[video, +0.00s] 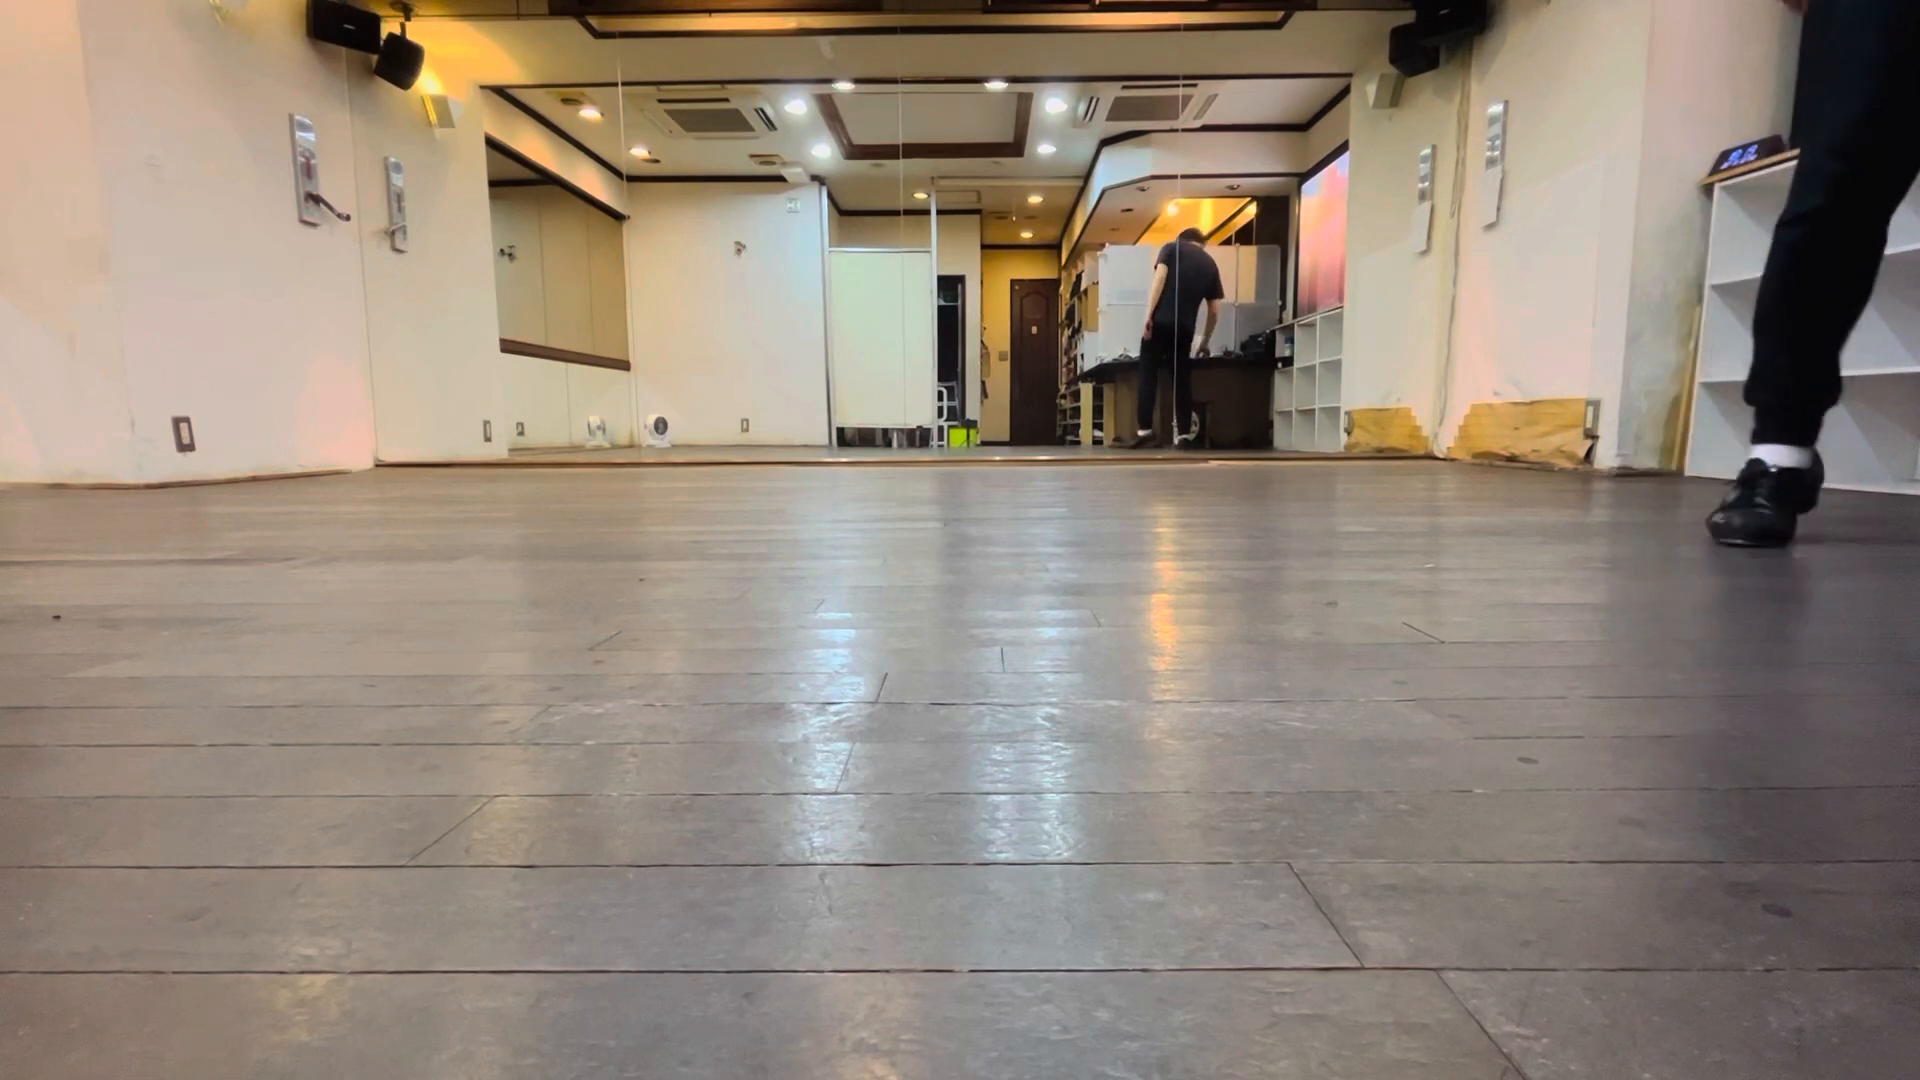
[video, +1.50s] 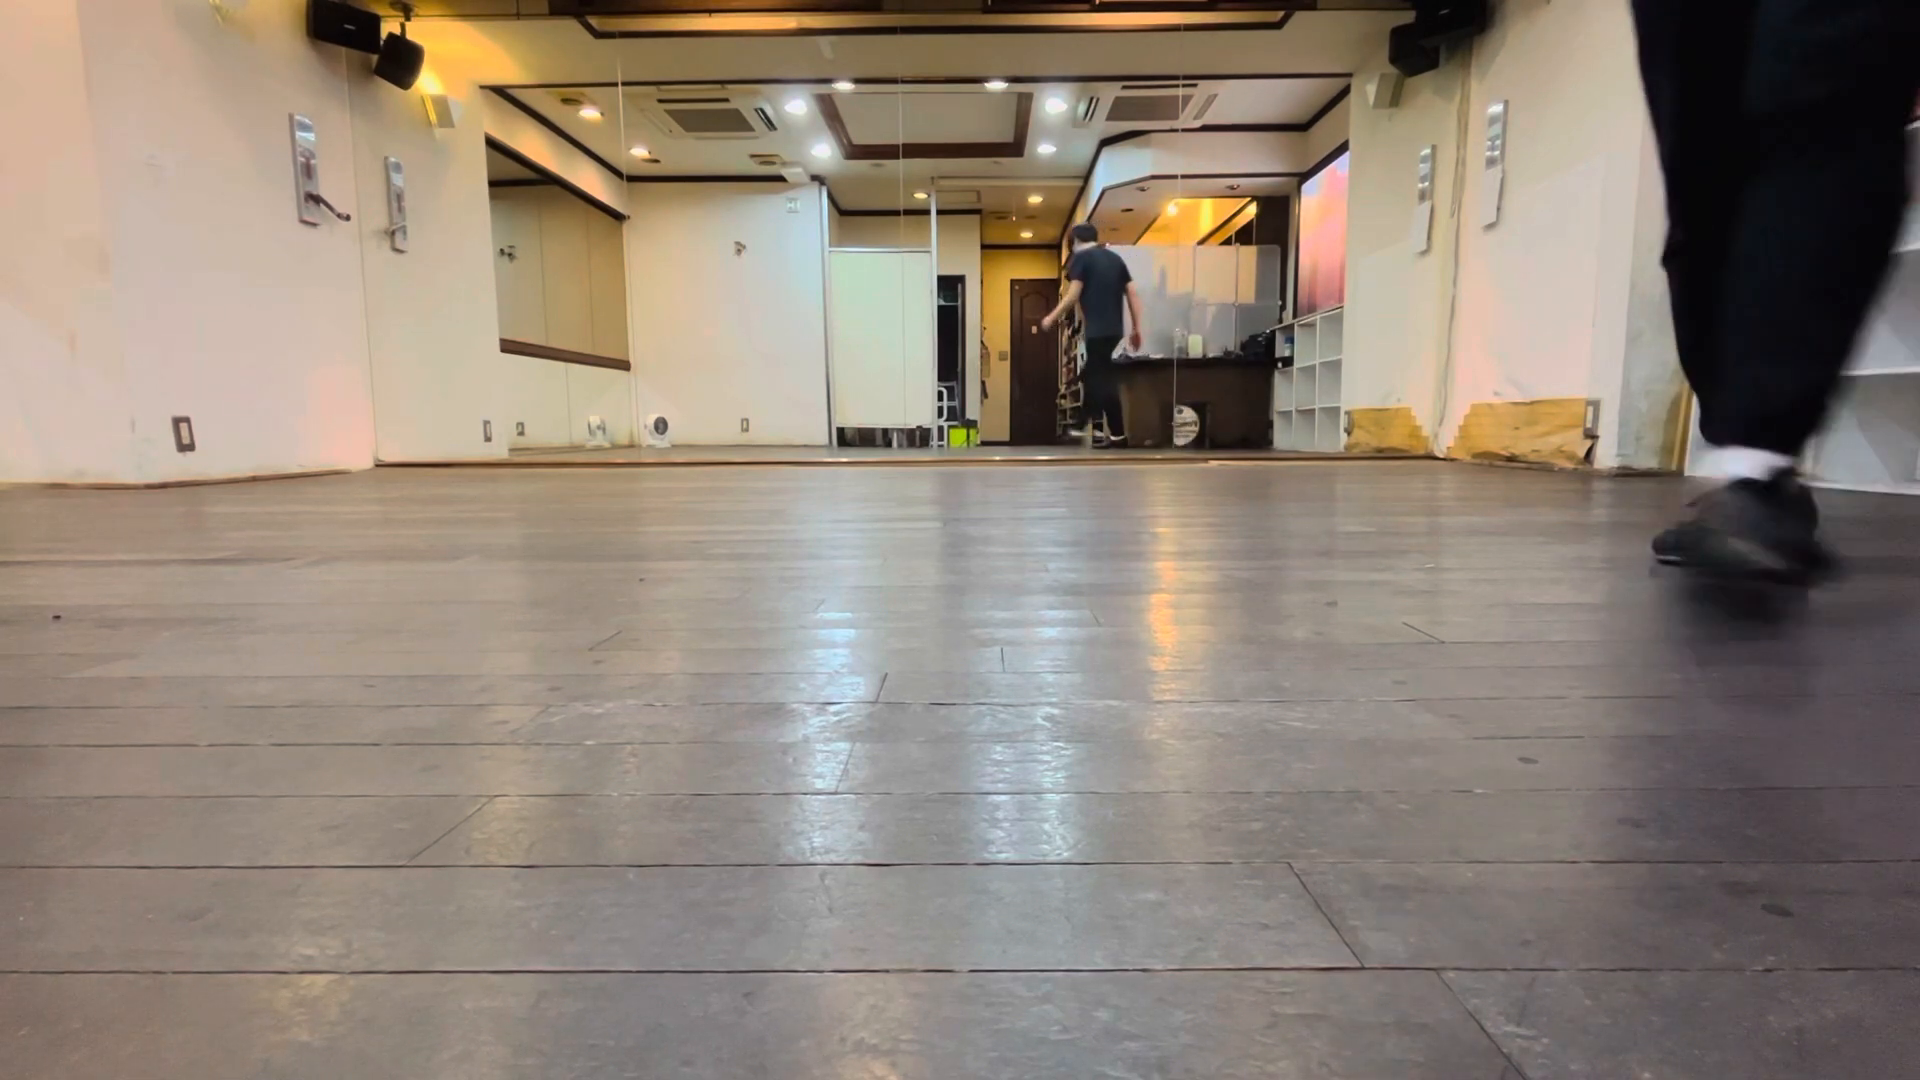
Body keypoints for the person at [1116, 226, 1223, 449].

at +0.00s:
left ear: (1181, 239)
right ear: (1201, 244)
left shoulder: (1171, 247)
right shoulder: (1210, 263)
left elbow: (1160, 278)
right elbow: (1214, 311)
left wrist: (1149, 314)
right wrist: (1205, 342)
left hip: (1159, 324)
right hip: (1184, 328)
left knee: (1147, 373)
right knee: (1182, 377)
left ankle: (1145, 429)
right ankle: (1182, 433)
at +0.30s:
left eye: (1172, 239)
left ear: (1173, 238)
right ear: (1194, 243)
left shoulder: (1163, 248)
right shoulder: (1202, 262)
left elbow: (1152, 280)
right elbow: (1209, 311)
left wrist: (1141, 316)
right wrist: (1204, 343)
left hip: (1153, 326)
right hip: (1178, 330)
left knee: (1144, 375)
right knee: (1179, 378)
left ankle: (1145, 429)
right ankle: (1181, 432)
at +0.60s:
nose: (1160, 247)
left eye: (1161, 243)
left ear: (1164, 241)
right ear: (1183, 242)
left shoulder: (1160, 250)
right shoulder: (1196, 261)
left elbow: (1158, 280)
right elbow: (1205, 305)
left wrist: (1150, 318)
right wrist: (1201, 339)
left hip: (1154, 325)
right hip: (1179, 330)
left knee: (1139, 372)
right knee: (1178, 378)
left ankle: (1139, 428)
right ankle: (1182, 433)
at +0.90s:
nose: (1131, 250)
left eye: (1131, 247)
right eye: (1130, 247)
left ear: (1134, 243)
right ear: (1154, 241)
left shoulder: (1140, 253)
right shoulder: (1174, 259)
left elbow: (1148, 280)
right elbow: (1185, 294)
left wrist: (1159, 313)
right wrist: (1180, 321)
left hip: (1145, 326)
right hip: (1170, 327)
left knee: (1131, 376)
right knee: (1173, 378)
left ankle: (1120, 432)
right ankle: (1182, 432)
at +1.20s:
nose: (1099, 249)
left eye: (1098, 245)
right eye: (1098, 246)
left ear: (1102, 242)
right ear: (1121, 238)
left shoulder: (1107, 256)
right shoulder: (1140, 257)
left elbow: (1110, 287)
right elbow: (1155, 292)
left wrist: (1111, 324)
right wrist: (1152, 327)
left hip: (1119, 326)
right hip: (1142, 326)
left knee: (1110, 376)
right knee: (1139, 372)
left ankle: (1116, 434)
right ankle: (1165, 420)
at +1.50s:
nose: (1073, 247)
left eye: (1073, 243)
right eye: (1073, 243)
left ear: (1077, 241)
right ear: (1095, 239)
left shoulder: (1081, 258)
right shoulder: (1114, 258)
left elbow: (1073, 294)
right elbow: (1131, 293)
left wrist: (1051, 317)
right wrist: (1136, 329)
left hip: (1096, 332)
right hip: (1115, 331)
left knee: (1103, 380)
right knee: (1091, 377)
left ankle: (1117, 433)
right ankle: (1084, 425)